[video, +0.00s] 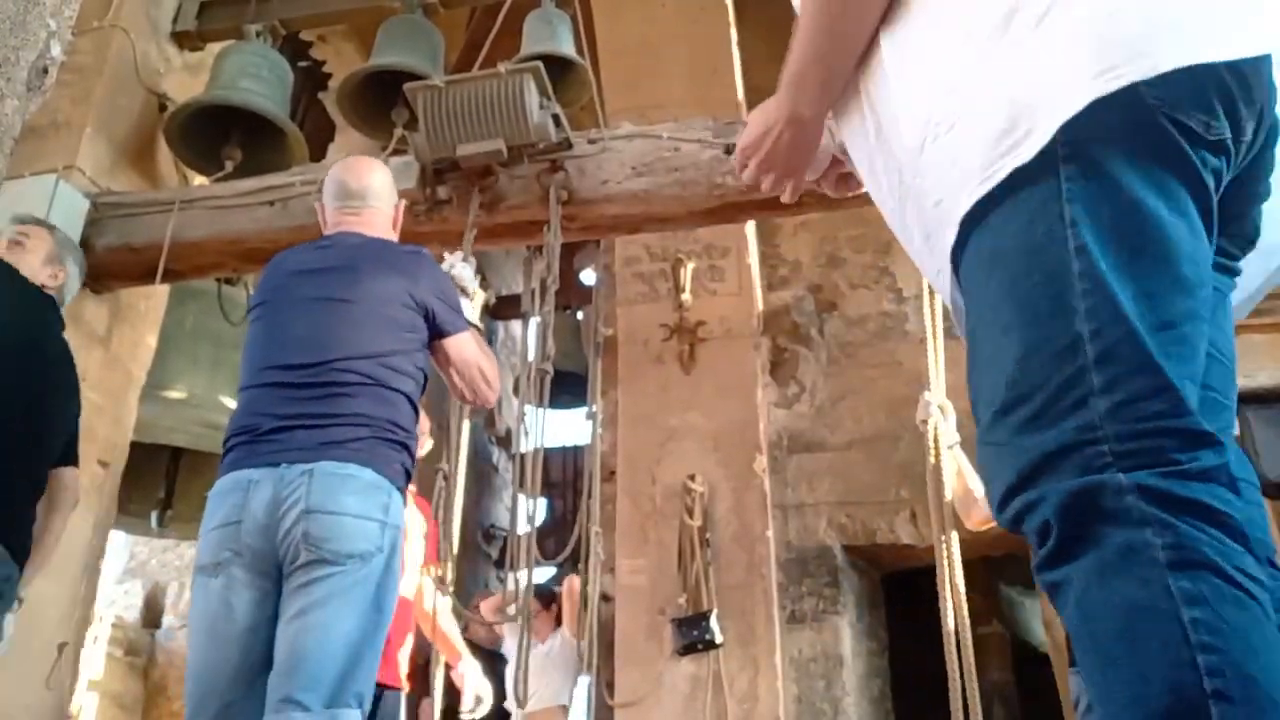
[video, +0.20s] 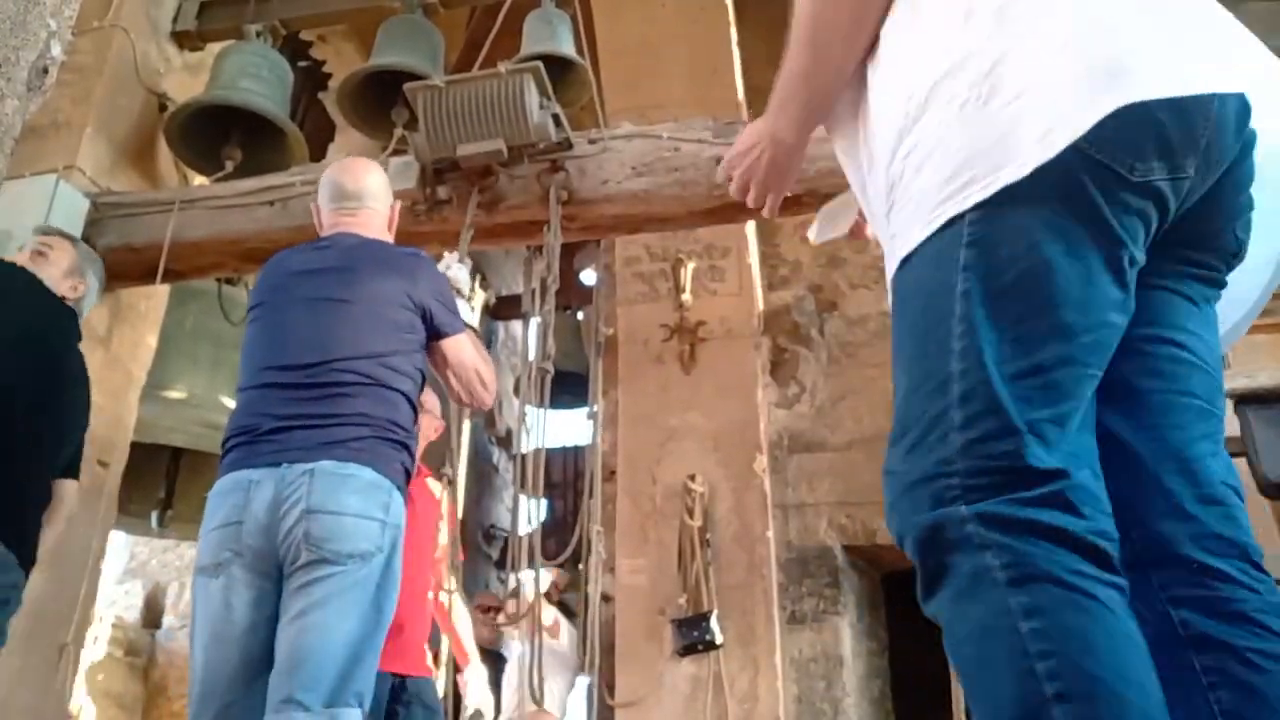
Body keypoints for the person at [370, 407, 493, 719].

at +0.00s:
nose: (413, 440)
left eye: (421, 434)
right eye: (408, 430)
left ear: (428, 442)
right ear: (387, 429)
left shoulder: (420, 512)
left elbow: (427, 593)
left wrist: (460, 660)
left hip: (389, 678)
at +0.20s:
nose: (408, 418)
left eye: (420, 410)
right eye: (405, 407)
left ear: (437, 427)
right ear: (389, 413)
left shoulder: (434, 494)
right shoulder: (361, 484)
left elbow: (443, 586)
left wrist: (470, 662)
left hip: (416, 666)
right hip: (360, 662)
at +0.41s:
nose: (424, 419)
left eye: (434, 413)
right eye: (417, 411)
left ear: (450, 421)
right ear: (400, 416)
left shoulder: (461, 492)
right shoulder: (381, 479)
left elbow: (470, 576)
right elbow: (357, 563)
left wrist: (487, 656)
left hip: (435, 663)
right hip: (375, 659)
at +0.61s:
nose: (447, 410)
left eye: (458, 404)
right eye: (438, 399)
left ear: (476, 418)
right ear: (420, 408)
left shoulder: (485, 489)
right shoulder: (393, 473)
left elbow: (496, 578)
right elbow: (365, 553)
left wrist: (510, 647)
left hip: (455, 657)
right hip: (389, 651)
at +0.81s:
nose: (448, 403)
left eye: (458, 394)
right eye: (437, 391)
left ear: (475, 414)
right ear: (415, 405)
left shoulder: (487, 483)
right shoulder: (392, 468)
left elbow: (500, 571)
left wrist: (516, 642)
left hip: (457, 655)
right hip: (389, 649)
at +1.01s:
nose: (432, 384)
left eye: (445, 379)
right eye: (423, 374)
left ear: (463, 404)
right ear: (403, 392)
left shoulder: (474, 476)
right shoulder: (382, 463)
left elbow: (488, 571)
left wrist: (502, 655)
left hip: (441, 650)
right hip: (371, 644)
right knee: (355, 713)